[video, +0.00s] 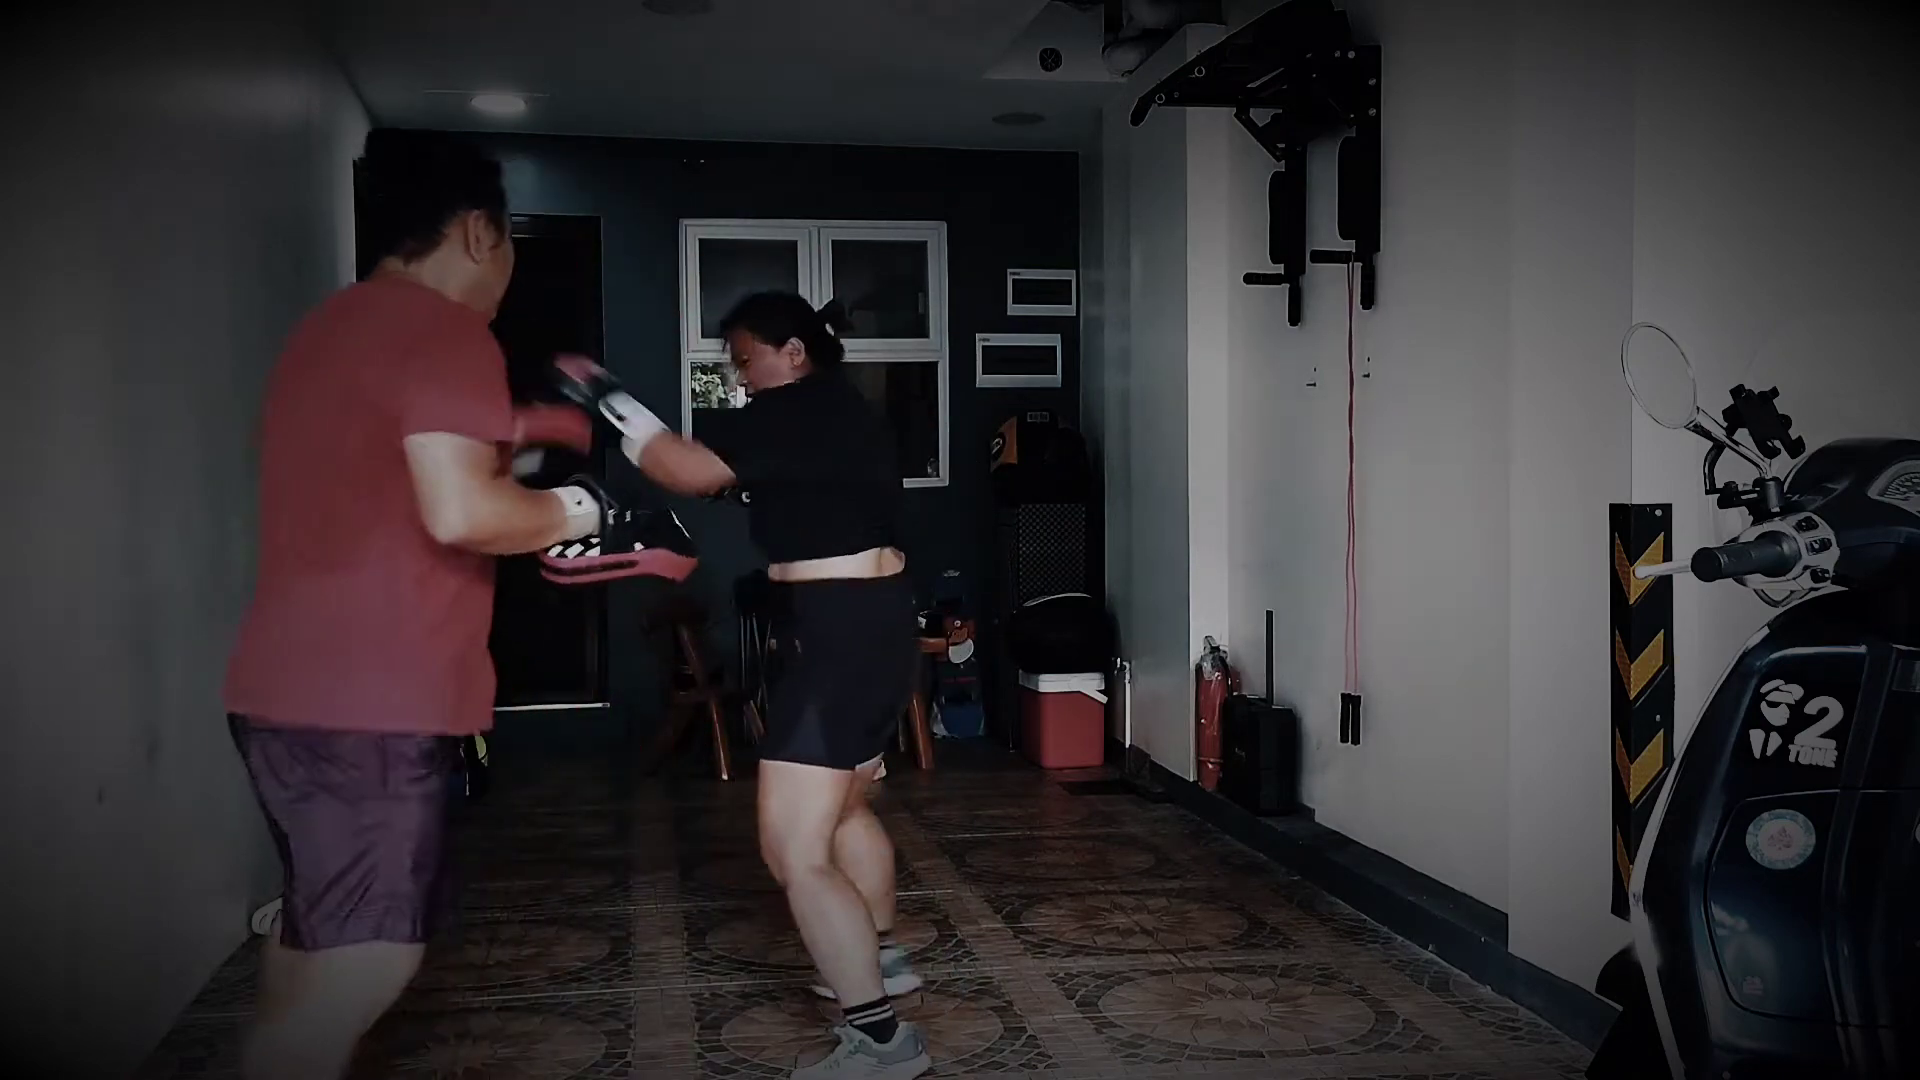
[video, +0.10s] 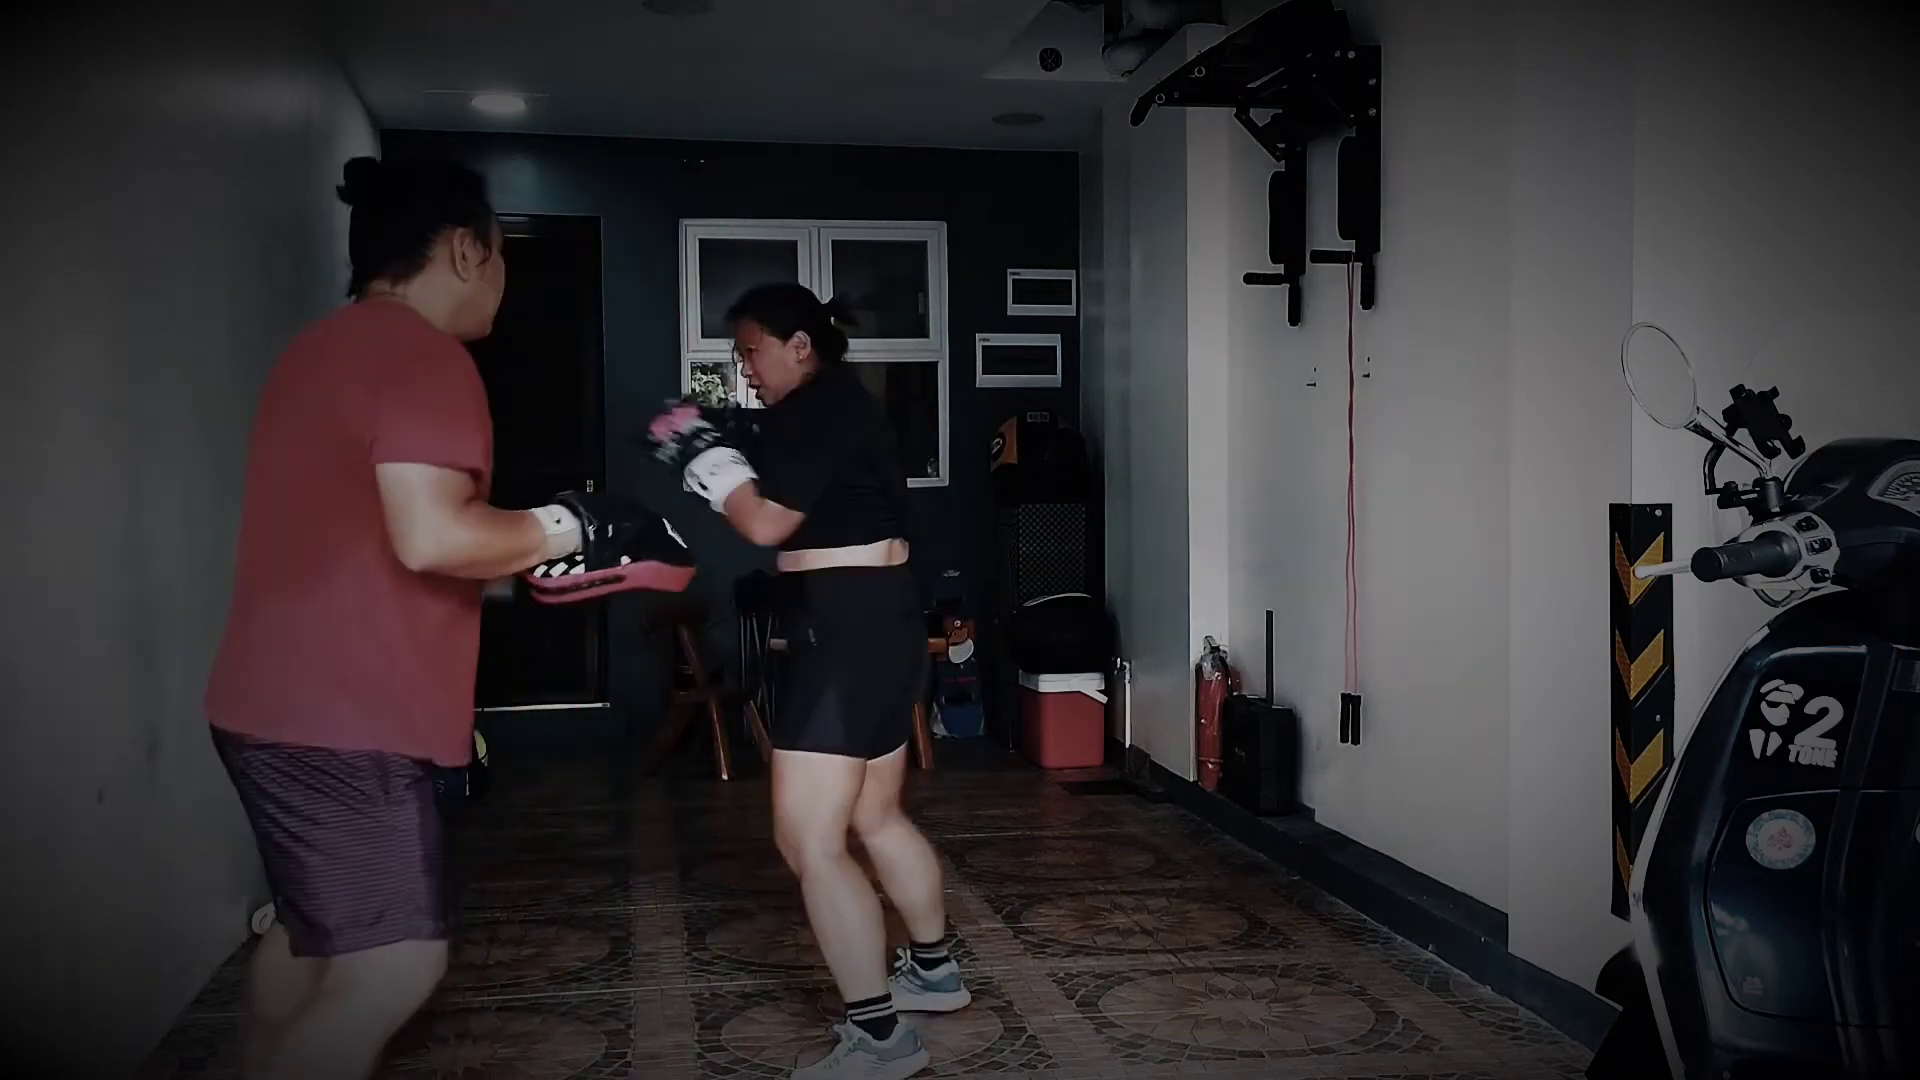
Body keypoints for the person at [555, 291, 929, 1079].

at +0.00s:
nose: (739, 378)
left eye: (745, 361)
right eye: (735, 364)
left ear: (795, 350)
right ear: (803, 352)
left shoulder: (797, 414)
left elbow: (682, 469)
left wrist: (609, 399)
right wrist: (636, 418)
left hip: (831, 635)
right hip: (880, 627)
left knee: (796, 852)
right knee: (846, 811)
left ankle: (875, 1035)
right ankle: (881, 952)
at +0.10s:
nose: (746, 371)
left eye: (752, 353)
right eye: (742, 356)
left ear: (801, 343)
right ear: (805, 346)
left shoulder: (814, 411)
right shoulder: (849, 401)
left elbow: (766, 523)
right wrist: (732, 439)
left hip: (836, 629)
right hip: (890, 623)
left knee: (810, 841)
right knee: (878, 817)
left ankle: (875, 1031)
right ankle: (935, 965)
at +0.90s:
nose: (798, 394)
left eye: (811, 378)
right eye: (792, 381)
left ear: (856, 377)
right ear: (791, 388)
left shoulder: (890, 439)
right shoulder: (806, 452)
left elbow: (867, 558)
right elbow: (788, 569)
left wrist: (809, 471)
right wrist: (743, 502)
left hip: (924, 668)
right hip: (854, 671)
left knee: (863, 846)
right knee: (822, 831)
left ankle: (879, 1055)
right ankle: (929, 961)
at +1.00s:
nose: (824, 390)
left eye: (841, 375)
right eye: (815, 377)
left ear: (889, 380)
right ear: (807, 386)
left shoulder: (930, 465)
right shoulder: (801, 464)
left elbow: (917, 585)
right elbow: (734, 540)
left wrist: (866, 492)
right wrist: (720, 471)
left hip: (910, 679)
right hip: (821, 674)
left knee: (855, 849)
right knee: (785, 866)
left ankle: (874, 1054)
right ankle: (906, 926)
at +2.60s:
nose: (746, 383)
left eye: (761, 367)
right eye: (739, 369)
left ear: (808, 371)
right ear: (736, 377)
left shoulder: (841, 442)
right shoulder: (751, 463)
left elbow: (894, 553)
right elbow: (724, 567)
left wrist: (816, 489)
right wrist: (694, 524)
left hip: (863, 656)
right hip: (809, 661)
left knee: (732, 811)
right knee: (797, 847)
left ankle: (826, 1004)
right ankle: (871, 991)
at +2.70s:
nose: (728, 377)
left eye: (741, 358)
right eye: (721, 365)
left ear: (791, 357)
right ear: (727, 371)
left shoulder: (812, 414)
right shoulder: (798, 434)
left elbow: (771, 469)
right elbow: (779, 559)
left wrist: (690, 405)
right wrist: (721, 523)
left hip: (848, 649)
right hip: (881, 648)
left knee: (748, 841)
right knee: (823, 840)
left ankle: (849, 1033)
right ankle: (871, 990)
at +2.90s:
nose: (743, 362)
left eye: (758, 344)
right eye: (739, 347)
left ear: (812, 348)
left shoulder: (852, 422)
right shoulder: (754, 436)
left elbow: (805, 529)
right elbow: (752, 562)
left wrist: (713, 468)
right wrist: (703, 512)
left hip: (869, 666)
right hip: (794, 664)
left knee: (809, 886)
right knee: (777, 838)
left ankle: (857, 1068)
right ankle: (873, 983)